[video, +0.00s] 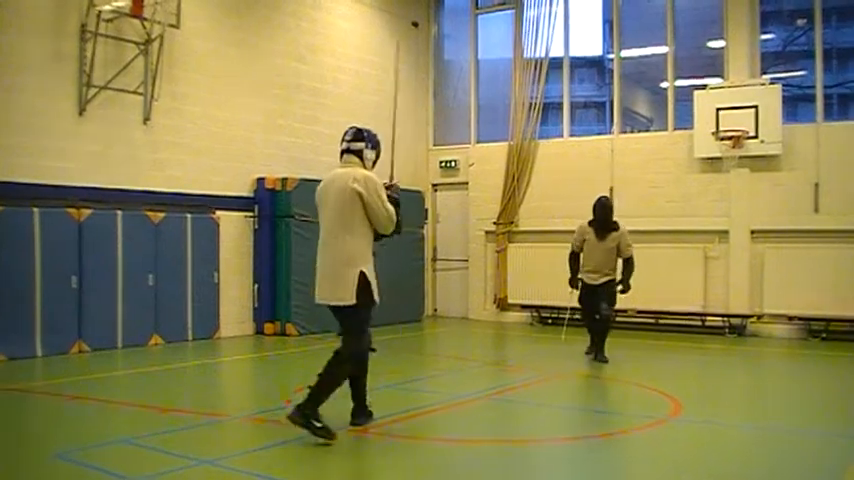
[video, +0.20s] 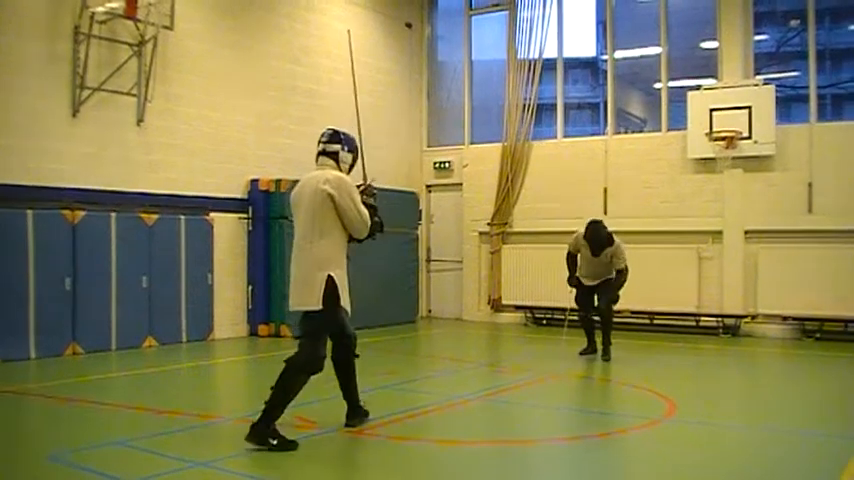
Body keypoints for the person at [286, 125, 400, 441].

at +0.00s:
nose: (376, 159)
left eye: (376, 154)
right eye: (376, 154)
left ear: (345, 151)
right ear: (369, 153)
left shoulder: (326, 183)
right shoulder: (366, 180)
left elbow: (335, 224)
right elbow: (387, 225)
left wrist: (374, 200)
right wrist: (390, 197)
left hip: (328, 280)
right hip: (355, 280)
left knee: (358, 344)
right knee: (355, 345)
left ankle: (360, 408)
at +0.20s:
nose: (353, 163)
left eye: (353, 157)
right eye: (353, 157)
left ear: (321, 153)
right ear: (346, 155)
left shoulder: (301, 186)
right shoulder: (339, 182)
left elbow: (321, 227)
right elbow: (362, 228)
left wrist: (356, 197)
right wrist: (366, 201)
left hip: (304, 285)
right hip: (325, 286)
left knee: (345, 340)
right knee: (311, 356)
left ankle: (355, 409)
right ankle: (263, 426)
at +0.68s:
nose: (283, 153)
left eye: (283, 147)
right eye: (282, 147)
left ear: (248, 142)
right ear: (273, 144)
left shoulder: (228, 180)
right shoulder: (270, 174)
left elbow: (245, 221)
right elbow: (295, 222)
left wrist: (285, 188)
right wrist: (297, 193)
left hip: (240, 282)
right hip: (265, 282)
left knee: (290, 345)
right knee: (264, 357)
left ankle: (271, 417)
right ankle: (229, 437)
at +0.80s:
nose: (266, 154)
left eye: (266, 148)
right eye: (265, 148)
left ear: (231, 144)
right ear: (255, 146)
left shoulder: (210, 182)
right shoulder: (252, 176)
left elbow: (228, 222)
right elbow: (277, 224)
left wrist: (266, 191)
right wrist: (279, 196)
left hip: (224, 284)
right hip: (249, 284)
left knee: (276, 344)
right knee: (252, 358)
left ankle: (252, 414)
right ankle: (214, 438)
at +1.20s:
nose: (293, 173)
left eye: (294, 167)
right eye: (292, 167)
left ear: (262, 161)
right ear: (282, 163)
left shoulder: (243, 194)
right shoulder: (276, 189)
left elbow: (262, 238)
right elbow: (296, 237)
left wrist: (301, 220)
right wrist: (307, 219)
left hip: (252, 292)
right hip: (272, 293)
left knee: (299, 346)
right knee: (277, 365)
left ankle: (310, 406)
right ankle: (226, 437)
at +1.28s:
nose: (308, 174)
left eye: (308, 168)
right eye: (306, 167)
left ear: (275, 163)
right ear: (297, 165)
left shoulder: (257, 195)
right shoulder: (289, 188)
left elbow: (279, 237)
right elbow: (309, 236)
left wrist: (312, 220)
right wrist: (317, 216)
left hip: (265, 293)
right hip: (284, 294)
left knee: (308, 346)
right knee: (281, 367)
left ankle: (320, 408)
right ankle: (232, 436)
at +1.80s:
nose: (336, 162)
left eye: (336, 157)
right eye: (335, 157)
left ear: (306, 154)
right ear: (328, 156)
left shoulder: (289, 185)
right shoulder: (322, 181)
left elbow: (306, 222)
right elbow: (345, 225)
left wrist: (338, 194)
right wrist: (349, 199)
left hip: (293, 278)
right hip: (315, 278)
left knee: (326, 344)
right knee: (325, 347)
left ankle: (325, 408)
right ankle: (280, 415)